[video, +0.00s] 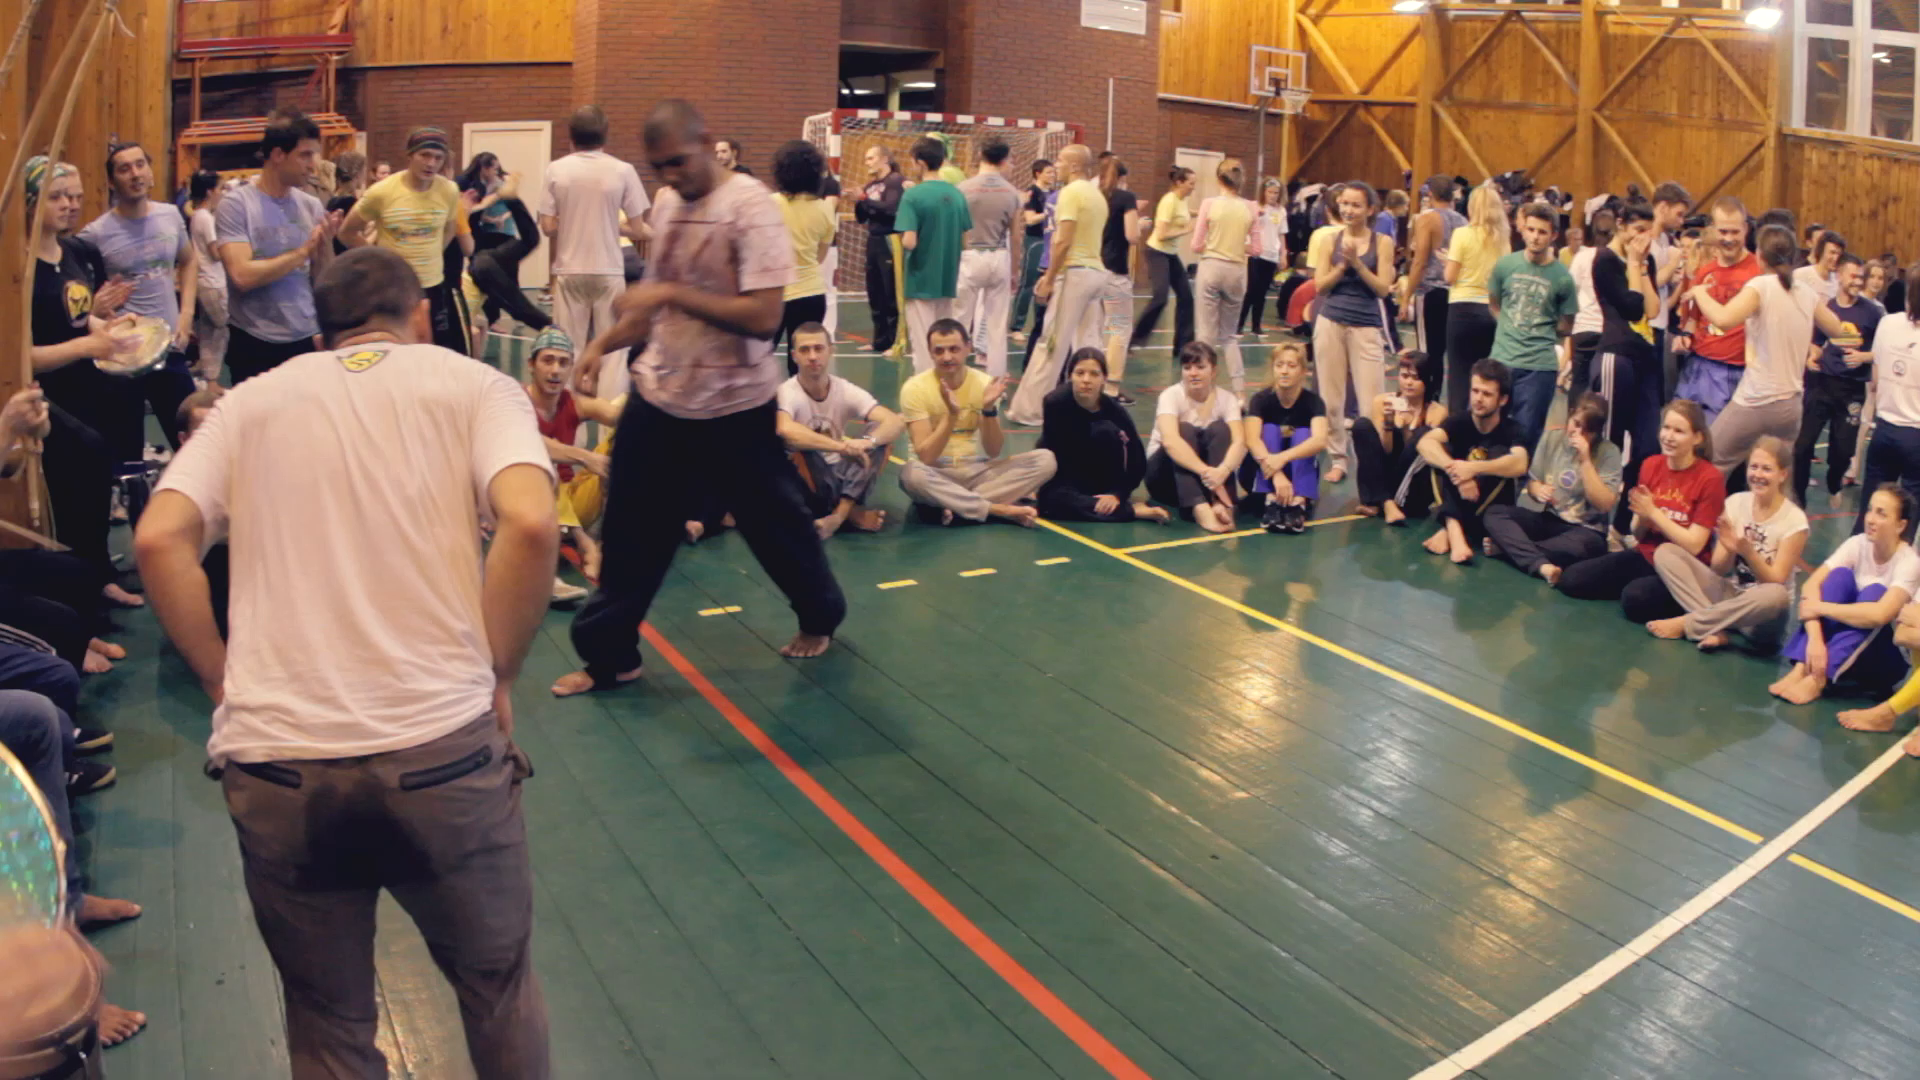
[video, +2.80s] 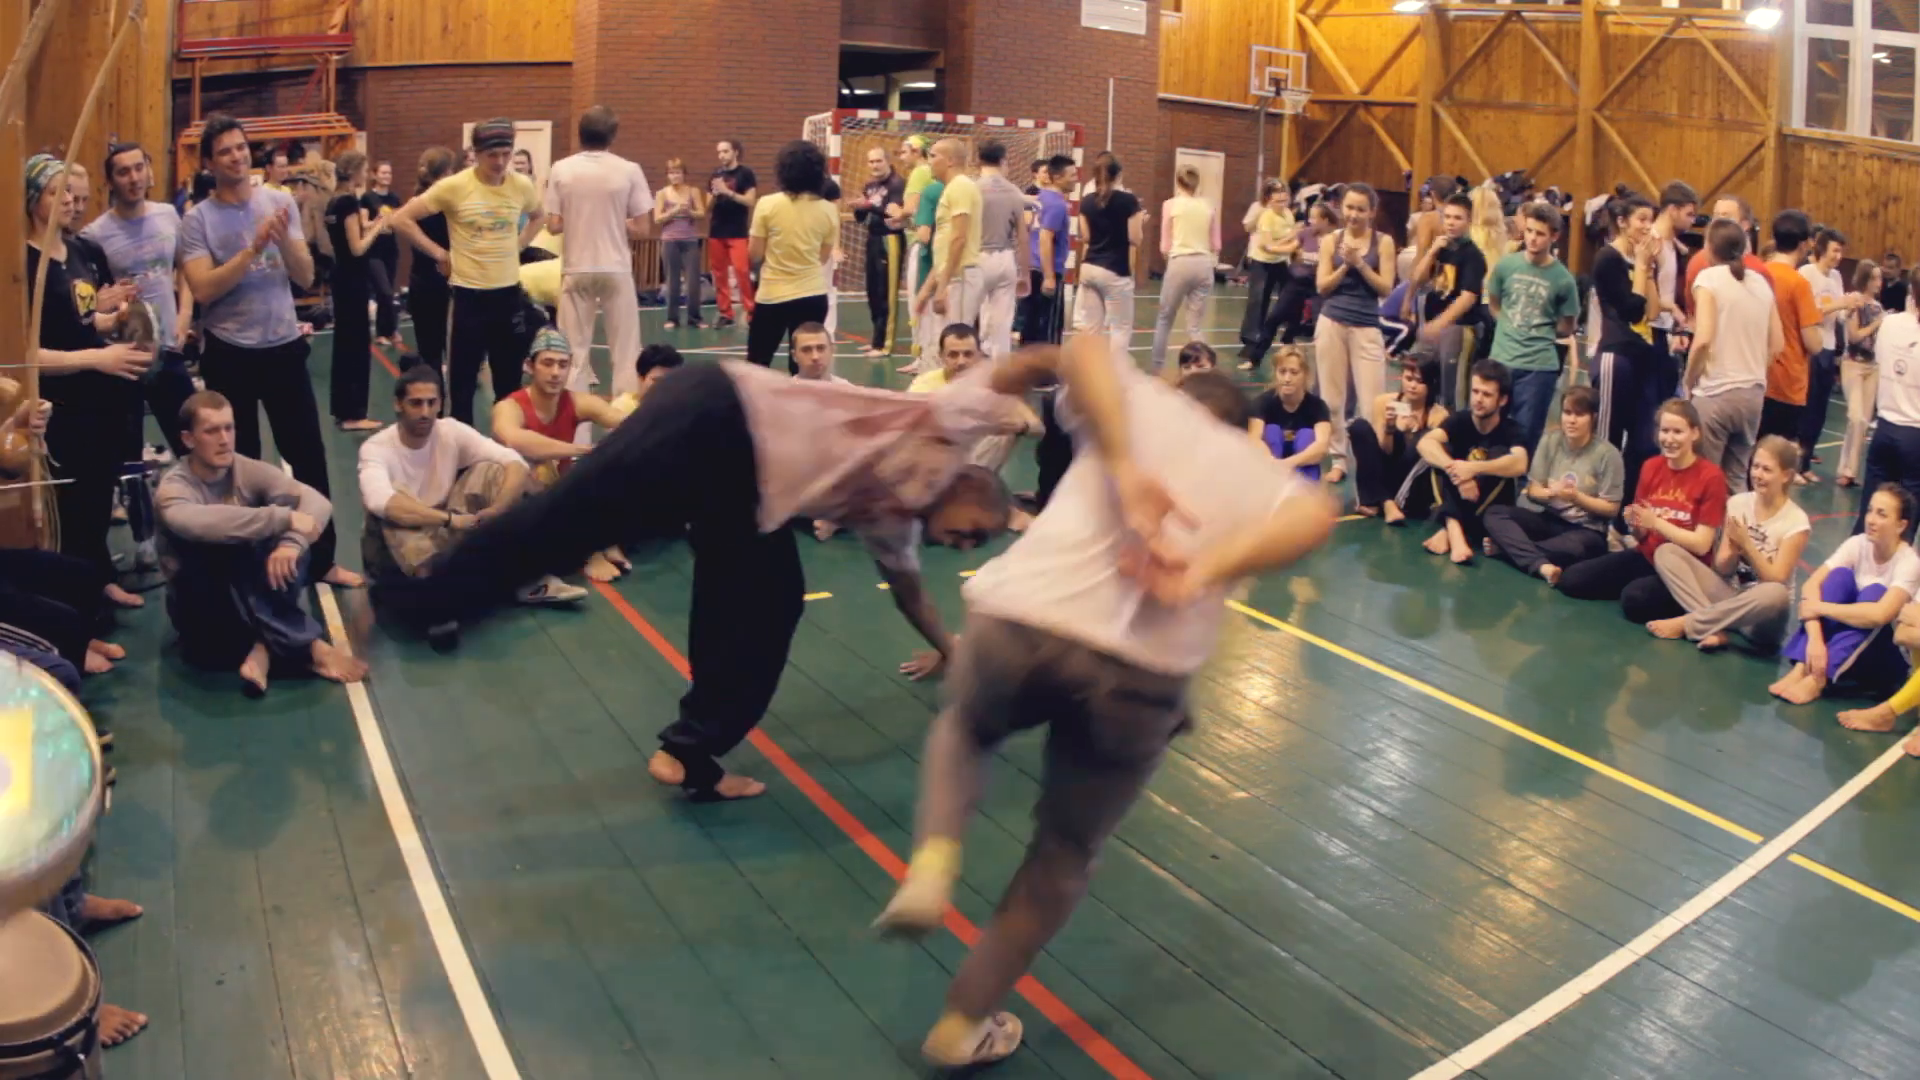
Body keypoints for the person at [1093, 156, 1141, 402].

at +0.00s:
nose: (1126, 181)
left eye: (1124, 178)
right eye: (1125, 177)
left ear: (1102, 175)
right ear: (1122, 177)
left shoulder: (1092, 195)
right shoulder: (1125, 197)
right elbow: (1131, 235)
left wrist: (1134, 211)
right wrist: (1142, 224)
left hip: (1091, 268)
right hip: (1116, 271)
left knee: (1090, 328)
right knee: (1120, 327)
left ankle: (1084, 385)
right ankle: (1111, 386)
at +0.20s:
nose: (1125, 180)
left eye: (1123, 176)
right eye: (1124, 176)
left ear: (1101, 175)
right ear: (1121, 176)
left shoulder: (1091, 198)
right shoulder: (1126, 198)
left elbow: (1088, 233)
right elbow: (1131, 234)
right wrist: (1148, 229)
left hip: (1090, 265)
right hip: (1115, 270)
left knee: (1090, 327)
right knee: (1120, 327)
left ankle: (1088, 384)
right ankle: (1111, 387)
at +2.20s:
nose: (1126, 175)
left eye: (1123, 170)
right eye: (1124, 171)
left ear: (1099, 173)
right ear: (1120, 174)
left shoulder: (1089, 201)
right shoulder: (1127, 201)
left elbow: (1087, 236)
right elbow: (1134, 238)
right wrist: (1141, 221)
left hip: (1091, 264)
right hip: (1117, 269)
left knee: (1091, 326)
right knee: (1120, 327)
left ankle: (1086, 383)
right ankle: (1111, 386)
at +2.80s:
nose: (1121, 176)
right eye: (1120, 173)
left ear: (1096, 175)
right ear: (1118, 174)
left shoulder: (1087, 201)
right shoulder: (1128, 201)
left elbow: (1085, 236)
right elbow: (1135, 238)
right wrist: (1140, 222)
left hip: (1089, 265)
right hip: (1116, 269)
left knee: (1088, 327)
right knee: (1120, 329)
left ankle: (1083, 375)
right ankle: (1116, 378)